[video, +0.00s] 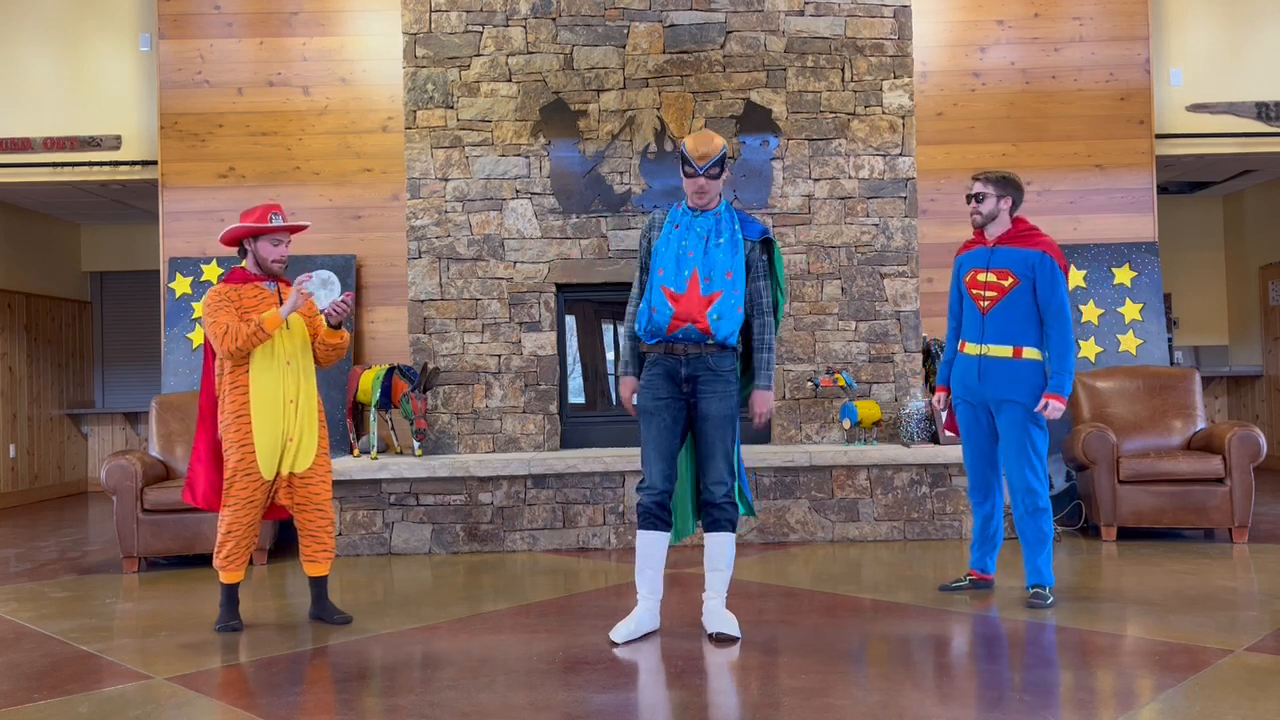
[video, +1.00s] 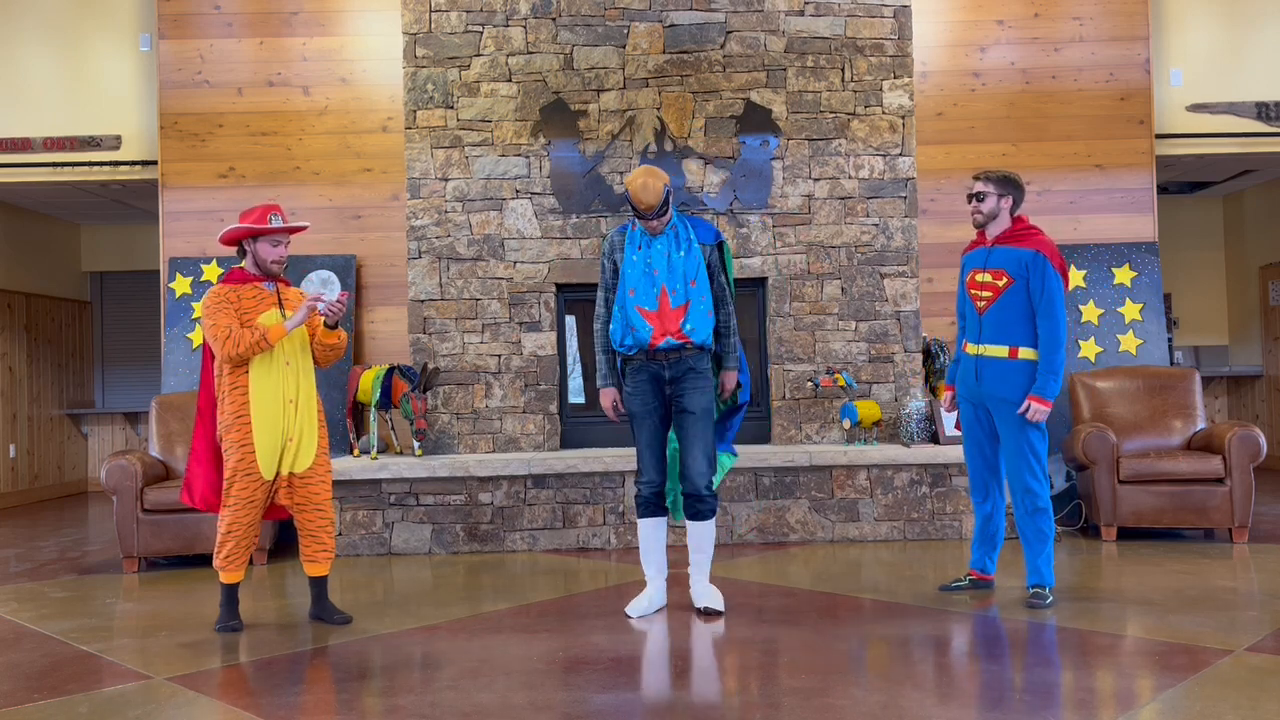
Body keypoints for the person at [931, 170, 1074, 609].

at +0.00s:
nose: (972, 206)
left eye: (980, 198)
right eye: (970, 199)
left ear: (1007, 203)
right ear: (980, 205)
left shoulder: (1039, 252)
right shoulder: (965, 256)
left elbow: (1060, 327)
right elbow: (955, 328)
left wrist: (1060, 387)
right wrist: (943, 383)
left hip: (1020, 389)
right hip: (970, 391)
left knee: (1027, 487)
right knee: (983, 485)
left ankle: (1040, 581)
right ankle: (982, 572)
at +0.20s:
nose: (972, 203)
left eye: (981, 196)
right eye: (971, 197)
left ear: (1007, 202)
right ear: (980, 204)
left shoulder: (1039, 251)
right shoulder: (969, 256)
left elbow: (1060, 325)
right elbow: (961, 328)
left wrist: (1062, 389)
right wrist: (948, 382)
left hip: (1021, 388)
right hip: (973, 390)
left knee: (1028, 486)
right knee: (984, 484)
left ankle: (1040, 581)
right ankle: (981, 572)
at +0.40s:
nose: (972, 205)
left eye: (980, 197)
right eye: (971, 198)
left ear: (1008, 202)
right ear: (982, 205)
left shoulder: (1038, 253)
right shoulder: (972, 257)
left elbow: (1059, 327)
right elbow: (968, 329)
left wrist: (1058, 390)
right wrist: (956, 385)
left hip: (1020, 390)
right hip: (975, 391)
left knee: (1028, 487)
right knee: (984, 485)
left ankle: (1040, 581)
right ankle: (981, 572)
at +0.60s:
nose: (973, 205)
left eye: (982, 197)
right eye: (972, 198)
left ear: (1009, 202)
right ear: (986, 204)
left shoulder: (1039, 252)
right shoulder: (973, 257)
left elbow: (1057, 329)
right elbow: (969, 329)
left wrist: (1047, 390)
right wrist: (959, 385)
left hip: (1018, 389)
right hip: (975, 390)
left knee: (1029, 487)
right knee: (985, 485)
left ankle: (1040, 581)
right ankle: (981, 571)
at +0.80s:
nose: (973, 205)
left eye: (982, 197)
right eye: (972, 198)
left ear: (1009, 202)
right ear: (992, 204)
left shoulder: (1039, 252)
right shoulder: (974, 257)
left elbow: (1054, 330)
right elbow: (969, 329)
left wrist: (1042, 389)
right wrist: (958, 384)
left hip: (1018, 388)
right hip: (974, 387)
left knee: (1029, 486)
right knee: (985, 484)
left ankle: (1040, 580)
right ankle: (982, 572)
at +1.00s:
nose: (971, 205)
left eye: (980, 197)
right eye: (970, 198)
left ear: (1007, 202)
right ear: (978, 205)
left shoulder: (1037, 251)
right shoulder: (971, 256)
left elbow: (1054, 329)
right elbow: (965, 328)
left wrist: (1046, 390)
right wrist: (953, 382)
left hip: (1017, 388)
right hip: (972, 388)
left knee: (1028, 487)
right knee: (985, 485)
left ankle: (1040, 580)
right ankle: (982, 571)